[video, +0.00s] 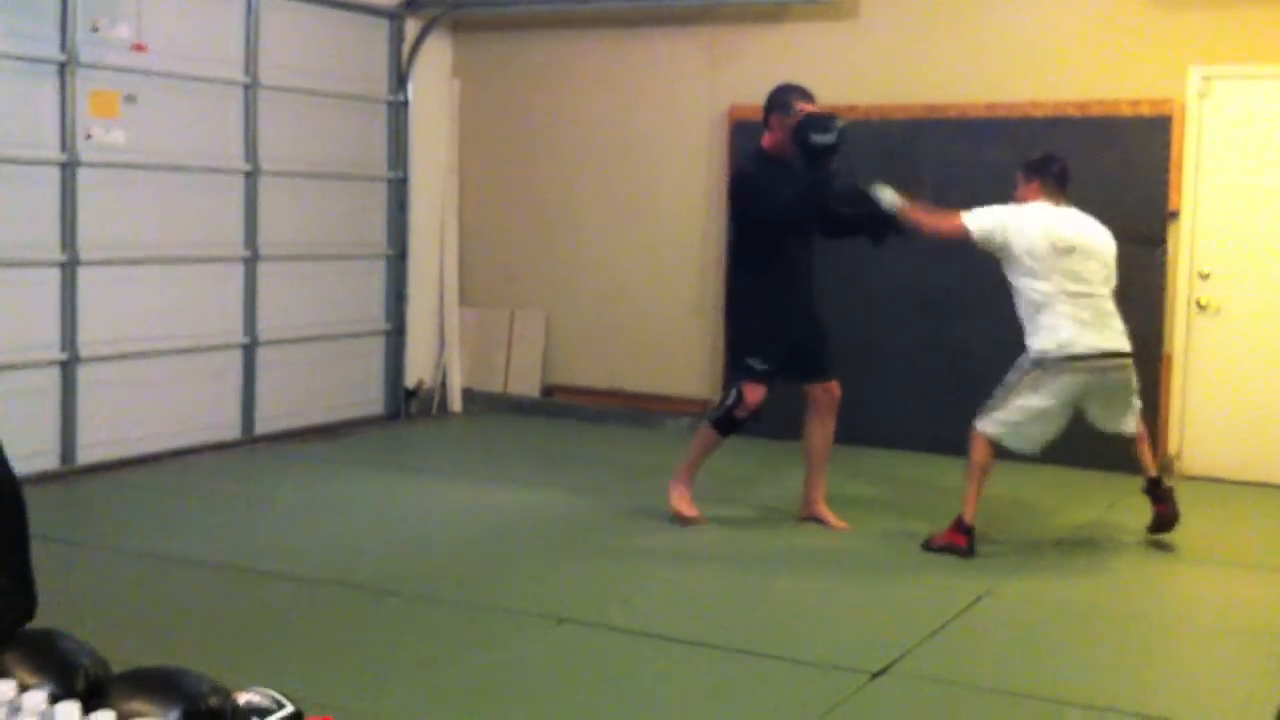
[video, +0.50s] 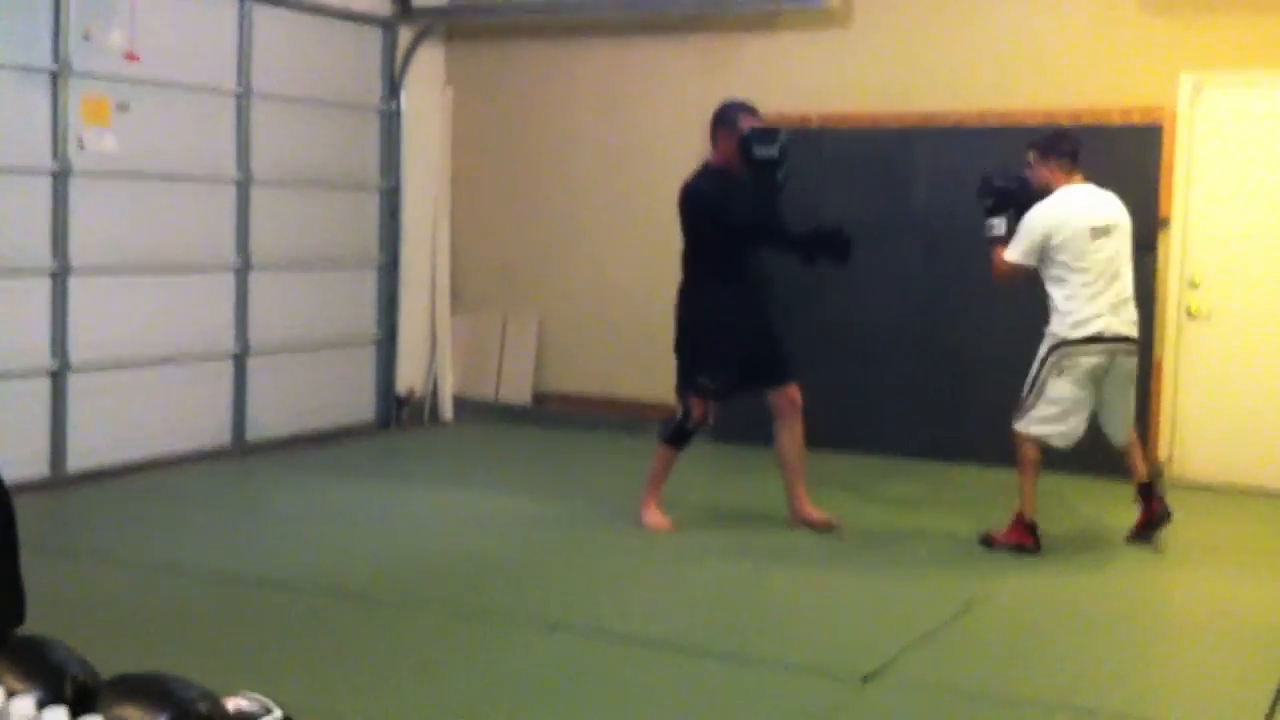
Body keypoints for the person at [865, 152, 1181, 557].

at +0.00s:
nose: (1017, 193)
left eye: (1020, 186)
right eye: (1019, 186)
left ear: (1033, 185)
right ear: (1062, 187)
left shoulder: (1012, 219)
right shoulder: (1101, 232)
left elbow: (942, 226)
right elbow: (1102, 291)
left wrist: (900, 206)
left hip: (1055, 355)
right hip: (1114, 356)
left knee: (985, 429)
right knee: (1132, 418)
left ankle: (964, 528)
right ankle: (1159, 490)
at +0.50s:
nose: (1032, 174)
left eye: (1034, 166)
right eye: (1032, 166)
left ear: (1049, 165)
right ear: (1072, 162)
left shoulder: (1046, 212)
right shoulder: (1115, 204)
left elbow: (1004, 268)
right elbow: (1084, 249)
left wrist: (997, 225)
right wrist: (1036, 208)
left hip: (1074, 338)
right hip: (1124, 338)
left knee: (1029, 428)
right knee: (1122, 426)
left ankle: (1025, 523)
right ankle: (1151, 499)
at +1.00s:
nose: (1040, 187)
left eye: (1043, 178)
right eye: (1039, 179)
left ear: (1064, 176)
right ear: (1079, 175)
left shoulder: (1070, 219)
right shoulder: (1113, 212)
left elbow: (1027, 270)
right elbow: (1068, 265)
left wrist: (1012, 230)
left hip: (1088, 348)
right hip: (1130, 344)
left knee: (1021, 424)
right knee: (1138, 438)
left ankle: (1011, 522)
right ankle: (1163, 517)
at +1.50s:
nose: (1000, 184)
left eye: (1005, 176)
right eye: (1001, 176)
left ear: (1026, 176)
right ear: (1041, 176)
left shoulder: (1021, 221)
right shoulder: (1071, 215)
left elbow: (1006, 286)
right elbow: (1048, 268)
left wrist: (980, 250)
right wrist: (1005, 222)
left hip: (1039, 341)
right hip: (1082, 337)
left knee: (971, 417)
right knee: (1092, 431)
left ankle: (964, 512)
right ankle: (1115, 513)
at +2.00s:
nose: (855, 235)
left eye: (856, 227)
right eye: (853, 229)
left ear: (872, 220)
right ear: (889, 219)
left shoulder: (882, 249)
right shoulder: (919, 255)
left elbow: (811, 253)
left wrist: (789, 203)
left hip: (922, 380)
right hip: (953, 374)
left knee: (836, 429)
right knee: (964, 446)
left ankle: (817, 520)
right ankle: (1028, 499)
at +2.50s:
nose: (787, 204)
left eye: (790, 195)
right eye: (785, 197)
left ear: (810, 190)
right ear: (815, 190)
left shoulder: (820, 229)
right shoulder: (843, 214)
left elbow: (758, 265)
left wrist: (761, 214)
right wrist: (767, 214)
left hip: (837, 349)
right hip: (870, 343)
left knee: (773, 422)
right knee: (881, 419)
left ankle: (757, 513)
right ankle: (922, 487)